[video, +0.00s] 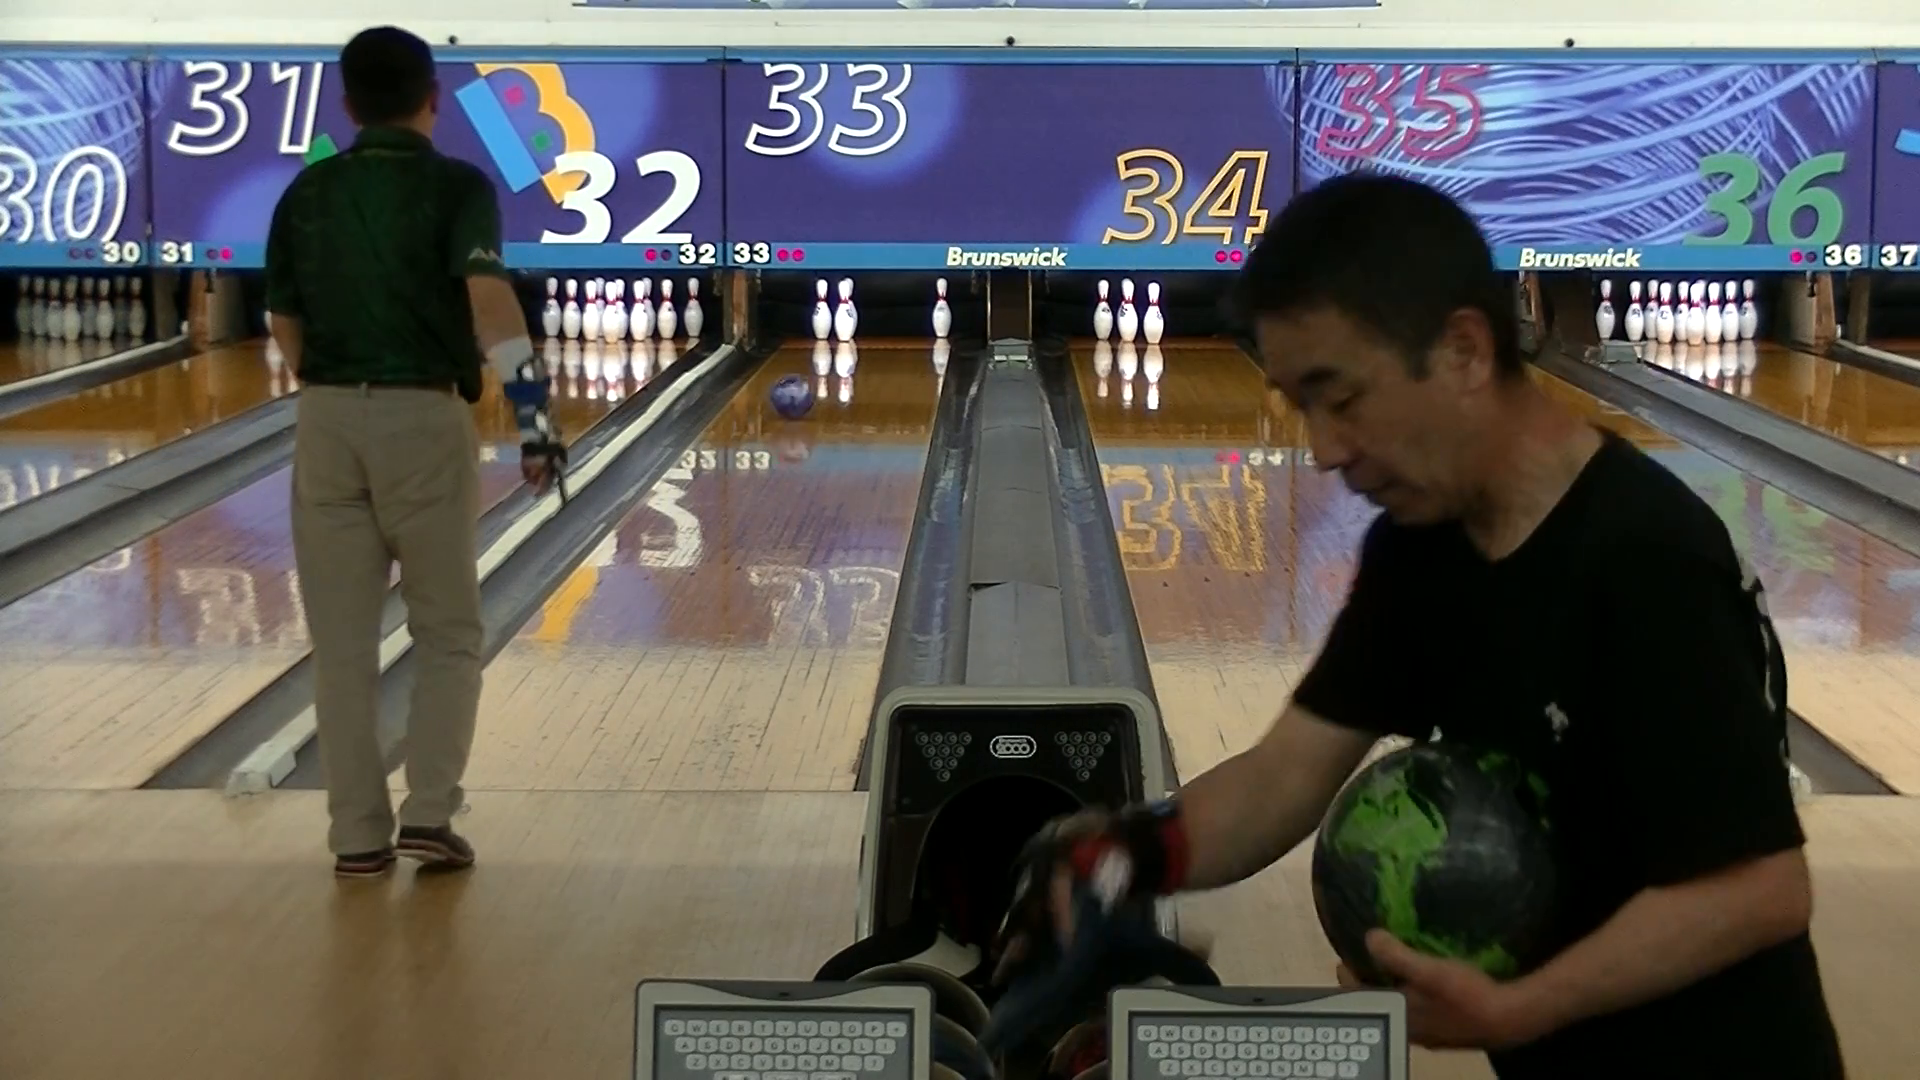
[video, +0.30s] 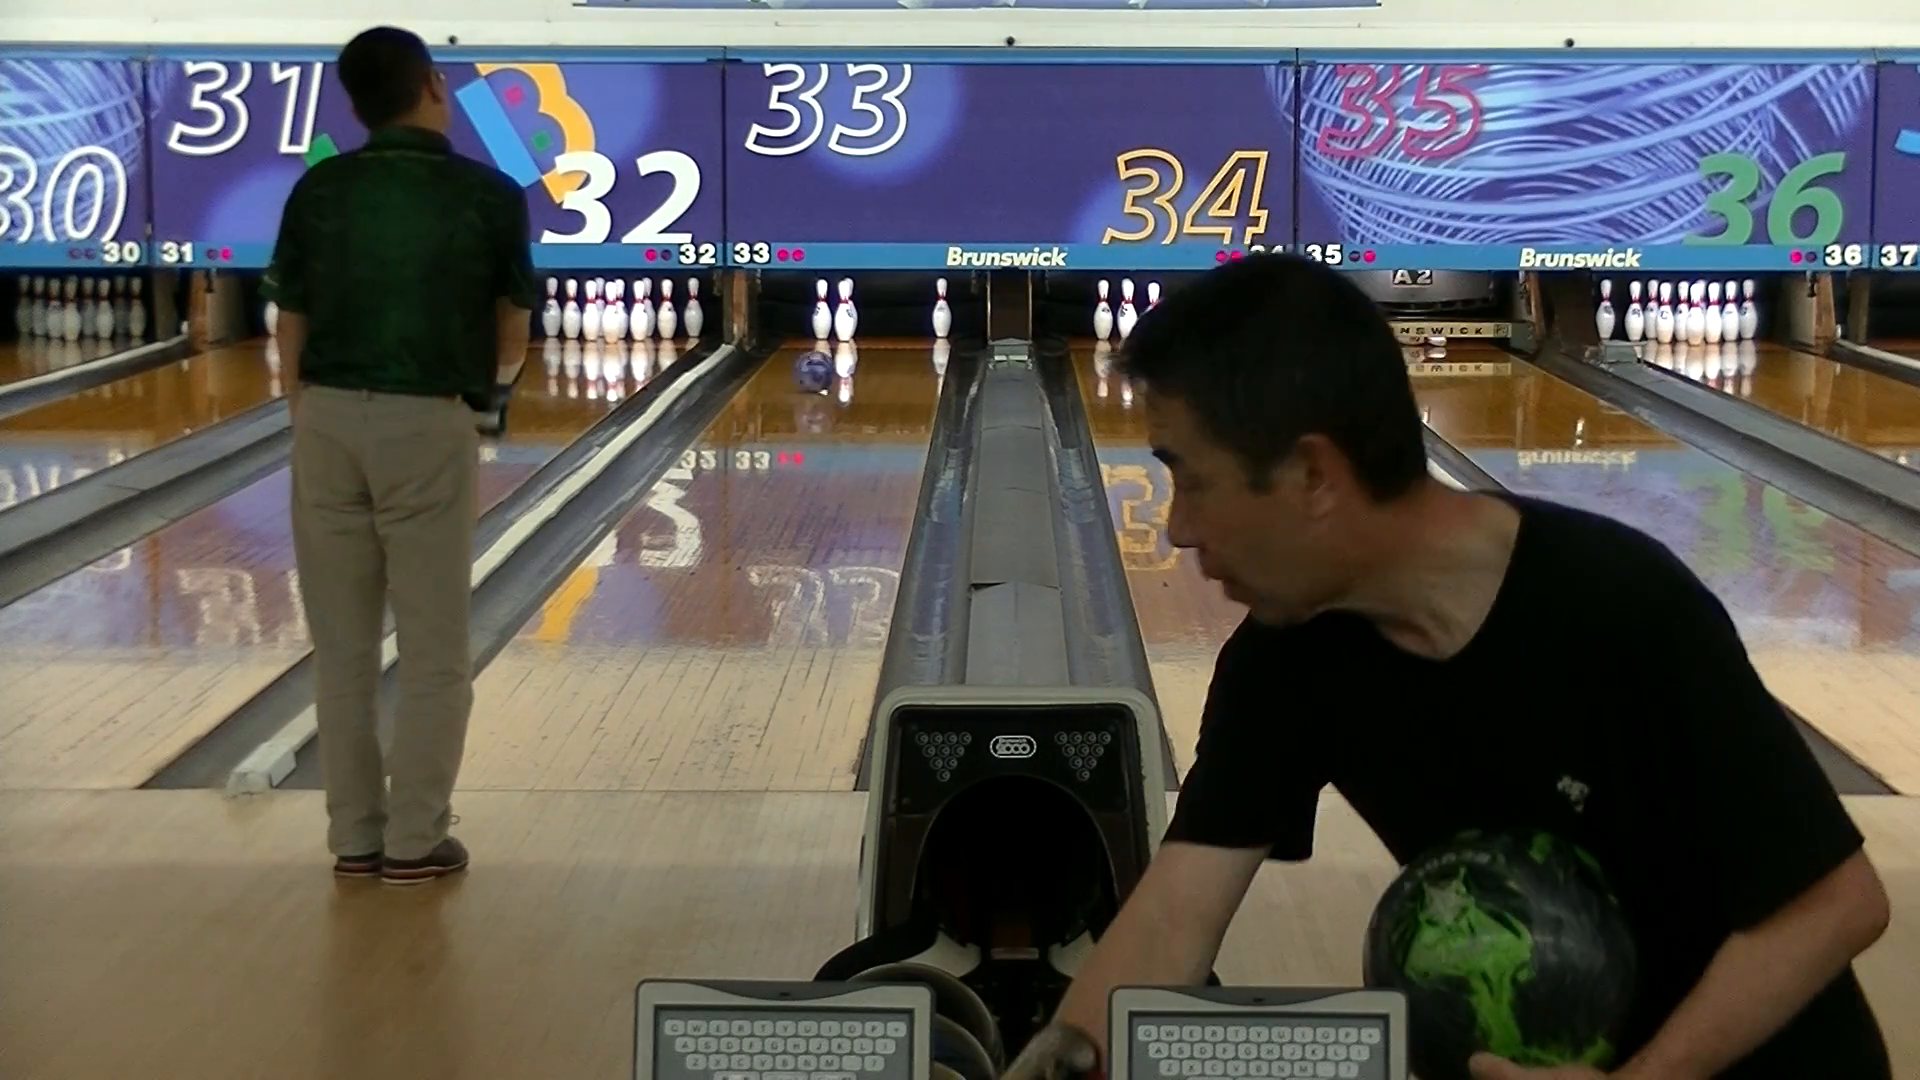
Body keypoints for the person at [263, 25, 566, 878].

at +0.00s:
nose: (440, 106)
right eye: (439, 94)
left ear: (348, 102)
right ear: (432, 99)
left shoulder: (303, 193)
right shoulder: (458, 183)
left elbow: (286, 331)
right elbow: (487, 288)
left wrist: (324, 398)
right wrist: (532, 413)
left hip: (322, 423)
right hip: (424, 421)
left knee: (339, 637)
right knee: (448, 630)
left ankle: (357, 838)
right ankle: (428, 821)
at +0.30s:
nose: (447, 88)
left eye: (436, 77)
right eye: (440, 79)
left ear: (359, 105)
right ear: (433, 88)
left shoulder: (318, 187)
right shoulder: (490, 194)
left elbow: (290, 331)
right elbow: (514, 335)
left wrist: (306, 419)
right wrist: (463, 384)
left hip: (322, 426)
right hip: (428, 427)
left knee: (340, 641)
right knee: (433, 640)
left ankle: (355, 839)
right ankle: (416, 838)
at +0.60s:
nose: (440, 100)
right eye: (436, 89)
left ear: (347, 100)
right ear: (434, 96)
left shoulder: (306, 190)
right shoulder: (479, 197)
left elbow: (278, 330)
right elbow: (511, 338)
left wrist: (283, 433)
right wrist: (458, 323)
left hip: (321, 431)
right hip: (428, 435)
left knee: (326, 632)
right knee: (437, 641)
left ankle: (330, 814)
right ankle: (418, 839)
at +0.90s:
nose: (406, 103)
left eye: (385, 88)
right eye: (403, 90)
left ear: (312, 102)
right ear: (398, 99)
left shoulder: (262, 198)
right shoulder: (438, 204)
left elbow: (241, 344)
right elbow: (480, 347)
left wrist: (261, 444)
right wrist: (510, 461)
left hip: (287, 445)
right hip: (396, 447)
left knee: (302, 665)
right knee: (428, 652)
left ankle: (314, 872)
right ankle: (428, 842)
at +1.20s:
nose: (380, 102)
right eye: (379, 88)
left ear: (287, 96)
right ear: (375, 94)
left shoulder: (235, 198)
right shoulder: (408, 204)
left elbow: (209, 340)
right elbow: (436, 343)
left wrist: (221, 444)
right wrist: (472, 436)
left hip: (262, 450)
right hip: (368, 449)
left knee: (290, 675)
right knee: (419, 661)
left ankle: (314, 877)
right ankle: (401, 849)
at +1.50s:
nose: (381, 99)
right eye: (378, 86)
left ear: (284, 94)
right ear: (372, 93)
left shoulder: (232, 196)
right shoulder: (392, 211)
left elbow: (209, 336)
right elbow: (422, 354)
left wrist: (219, 438)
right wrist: (441, 435)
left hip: (260, 449)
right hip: (350, 452)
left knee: (292, 667)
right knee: (371, 666)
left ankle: (324, 872)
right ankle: (291, 859)